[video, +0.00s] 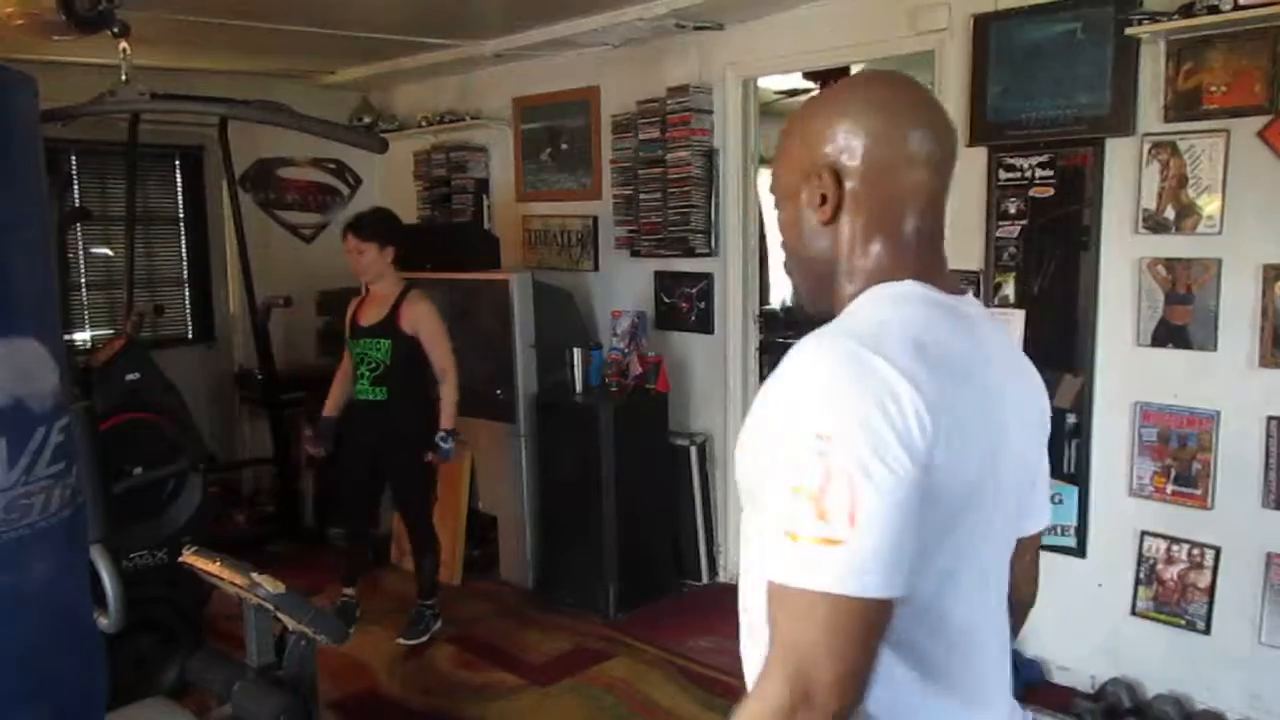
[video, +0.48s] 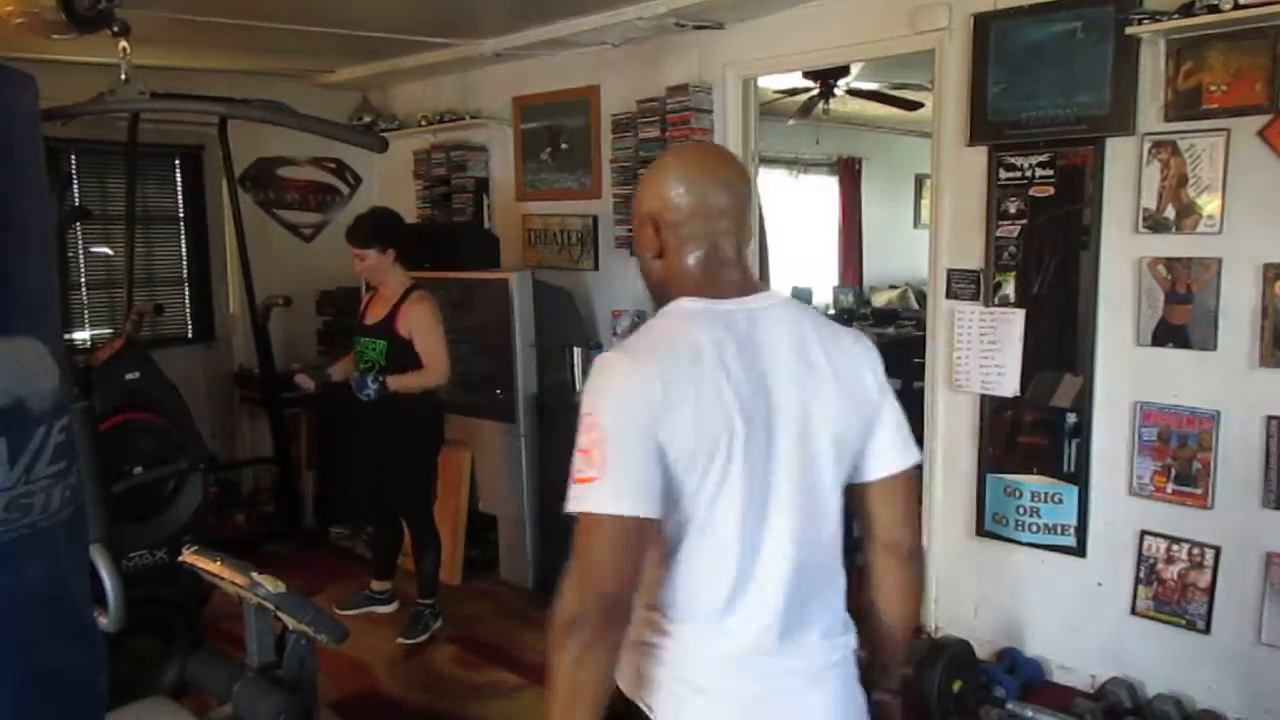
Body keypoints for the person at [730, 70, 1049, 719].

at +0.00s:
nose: (780, 235)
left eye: (780, 203)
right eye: (776, 205)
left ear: (825, 197)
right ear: (927, 196)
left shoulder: (849, 372)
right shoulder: (1007, 363)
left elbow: (810, 691)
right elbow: (1014, 594)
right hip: (987, 704)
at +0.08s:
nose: (771, 237)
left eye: (767, 210)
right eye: (764, 213)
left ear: (805, 201)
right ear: (910, 196)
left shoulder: (814, 360)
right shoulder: (1000, 356)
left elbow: (774, 665)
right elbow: (1023, 578)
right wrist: (958, 686)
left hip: (848, 706)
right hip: (977, 705)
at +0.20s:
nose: (735, 243)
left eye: (734, 218)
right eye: (732, 220)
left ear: (763, 213)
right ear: (861, 207)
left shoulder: (764, 349)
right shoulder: (958, 349)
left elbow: (754, 631)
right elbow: (1012, 564)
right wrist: (945, 680)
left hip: (815, 706)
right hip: (941, 703)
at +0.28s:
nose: (707, 245)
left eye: (706, 224)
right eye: (705, 225)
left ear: (733, 223)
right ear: (826, 217)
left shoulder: (730, 349)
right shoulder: (935, 353)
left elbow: (728, 607)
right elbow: (983, 565)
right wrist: (931, 683)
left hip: (781, 701)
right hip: (912, 697)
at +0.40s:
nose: (662, 249)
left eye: (662, 231)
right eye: (661, 230)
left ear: (682, 235)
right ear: (773, 224)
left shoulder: (671, 364)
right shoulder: (886, 356)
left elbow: (657, 601)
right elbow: (927, 564)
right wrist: (902, 692)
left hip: (724, 697)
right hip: (860, 692)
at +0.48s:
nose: (635, 250)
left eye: (635, 234)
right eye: (634, 234)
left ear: (652, 237)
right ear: (749, 229)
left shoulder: (637, 370)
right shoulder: (848, 353)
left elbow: (596, 607)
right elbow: (897, 543)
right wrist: (886, 685)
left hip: (690, 698)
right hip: (827, 693)